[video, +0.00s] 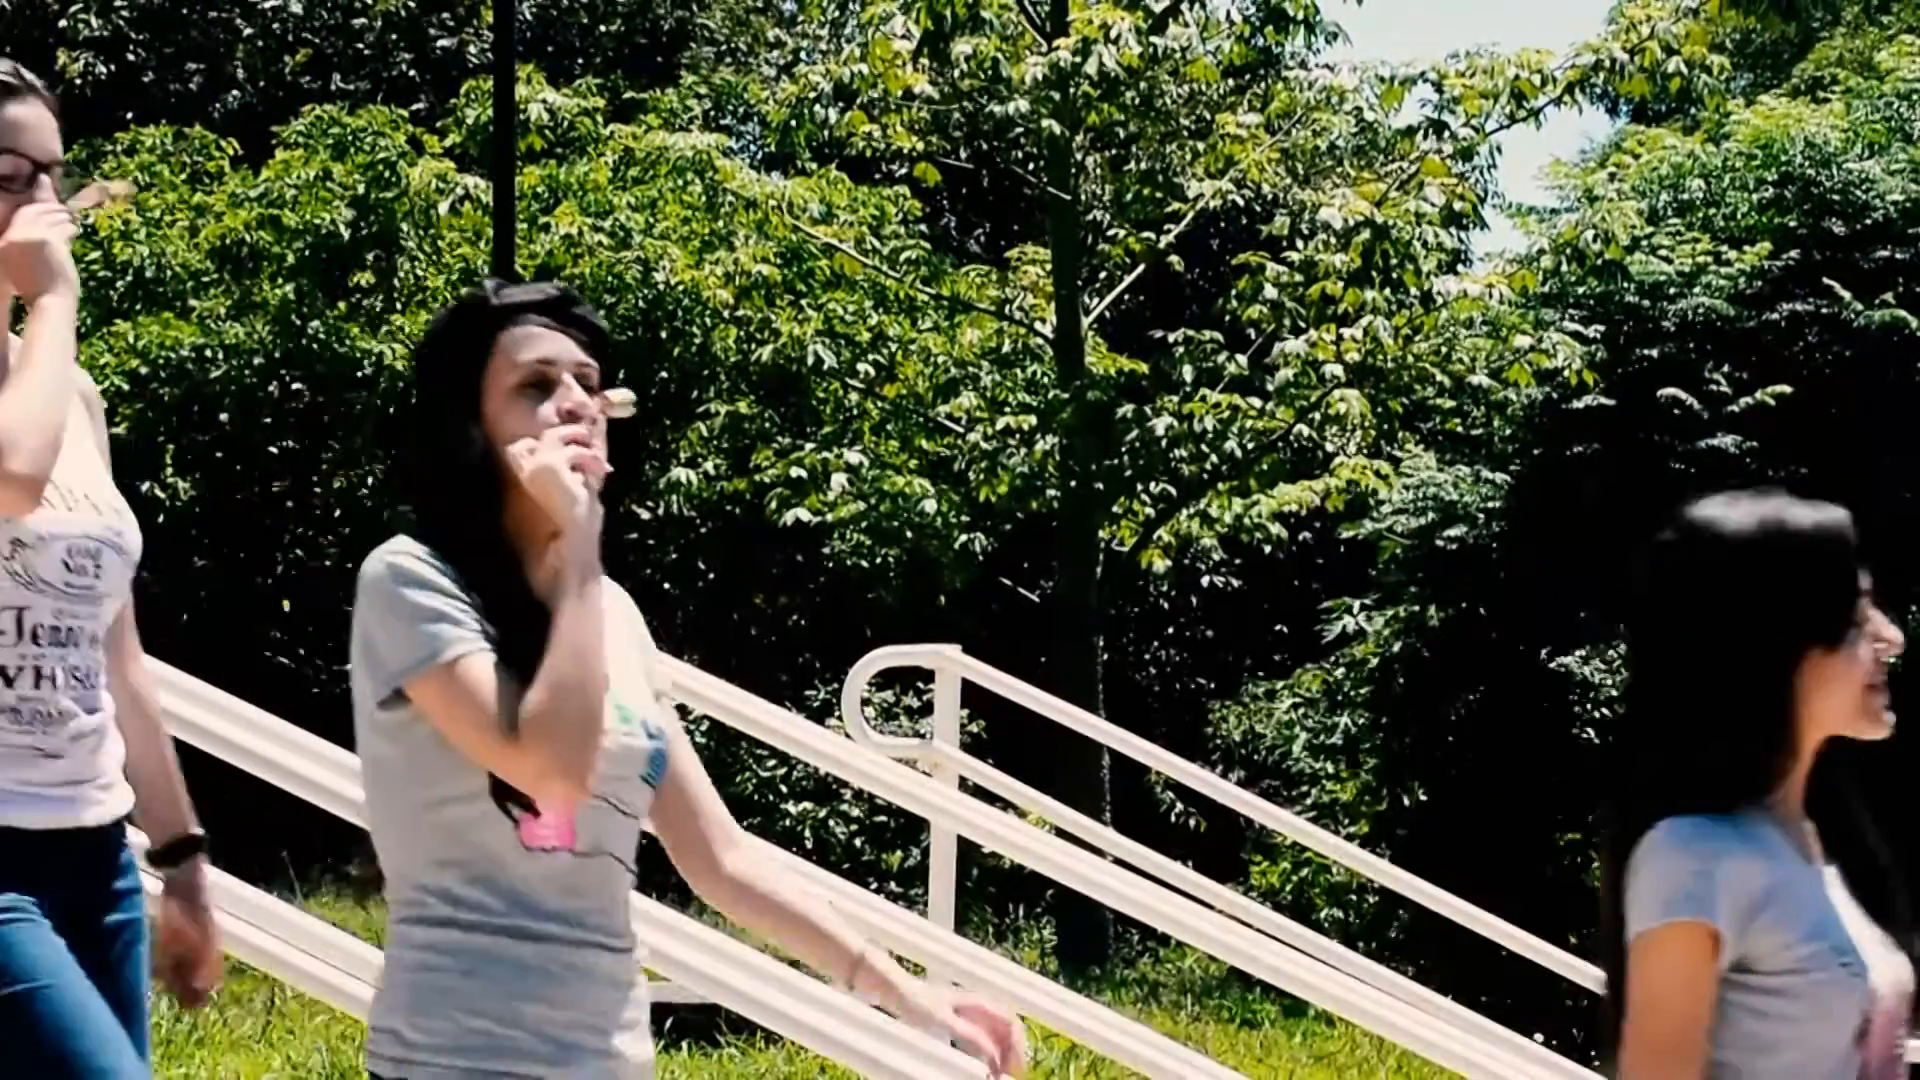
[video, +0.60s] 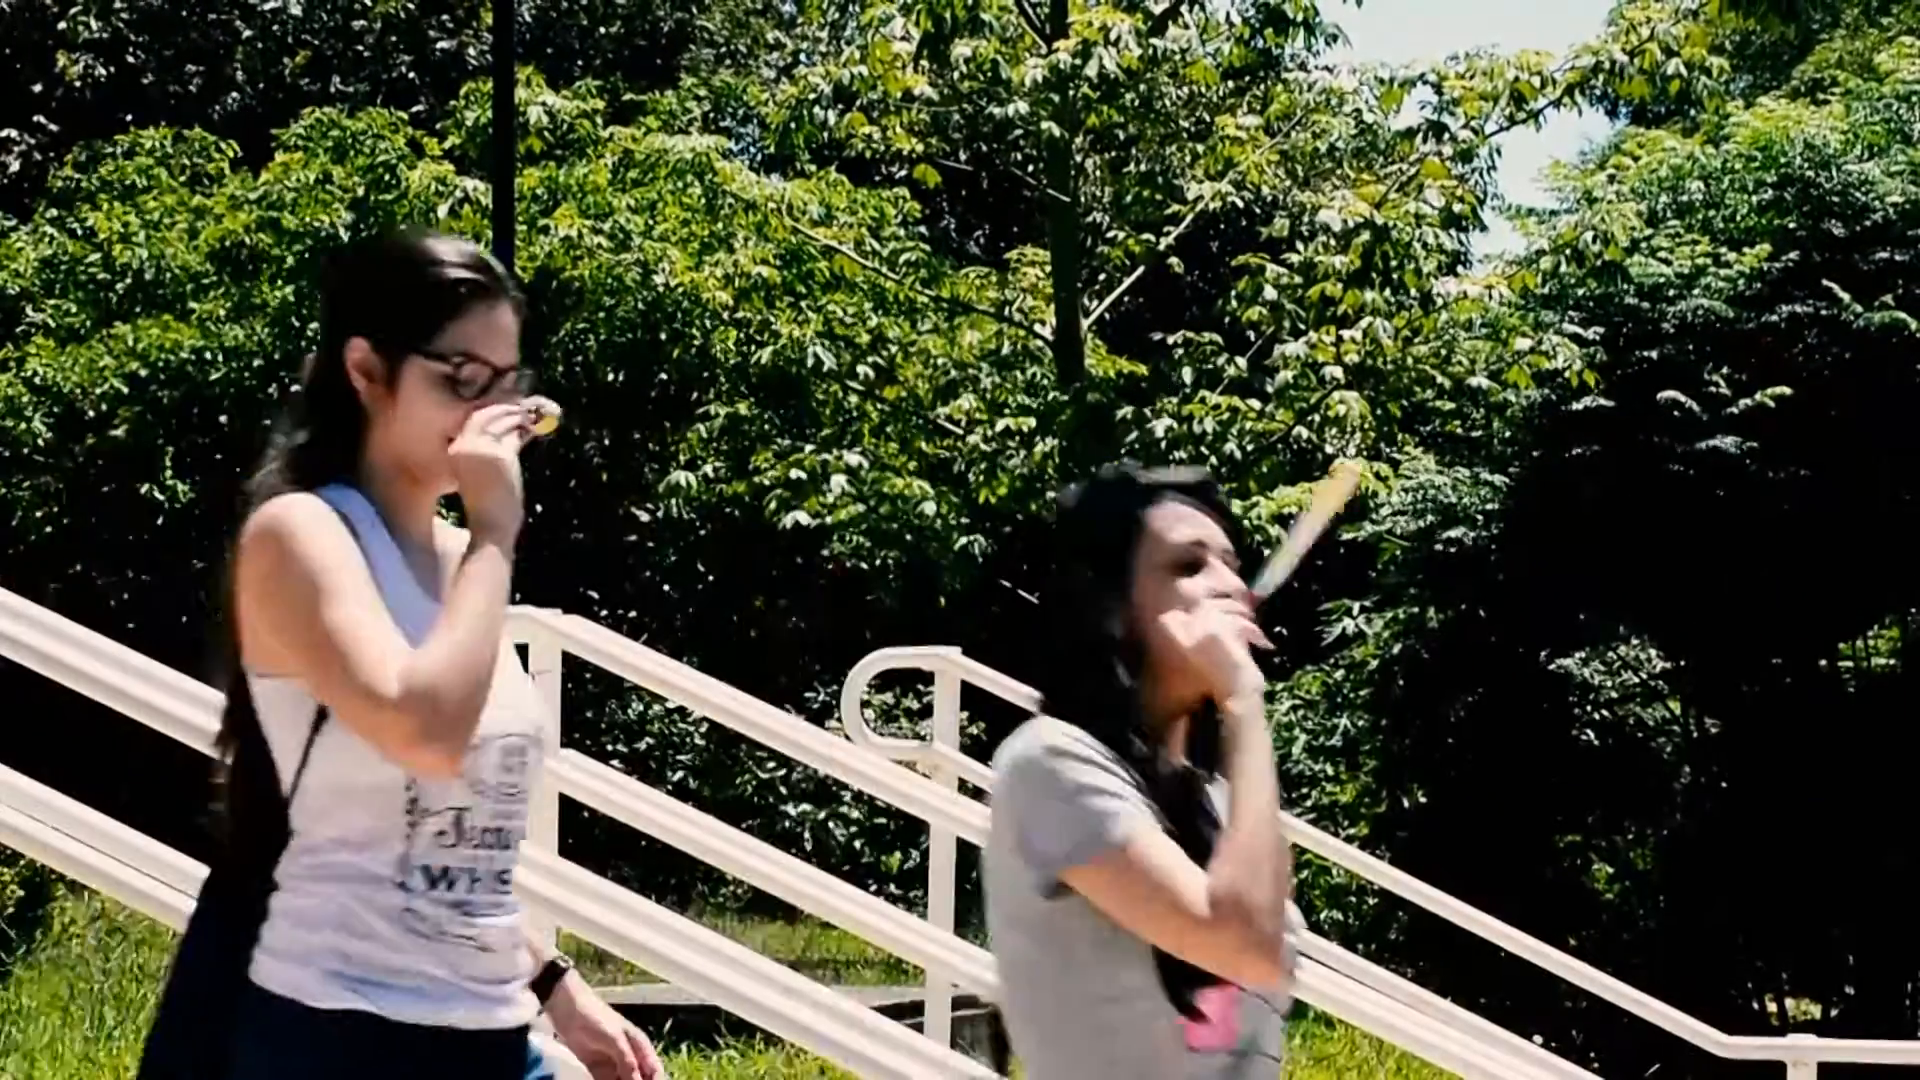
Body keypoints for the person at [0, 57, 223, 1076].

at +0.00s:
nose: (39, 198)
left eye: (51, 174)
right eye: (11, 173)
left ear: (67, 188)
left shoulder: (76, 397)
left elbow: (120, 659)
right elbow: (17, 477)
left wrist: (179, 855)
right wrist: (53, 296)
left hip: (100, 863)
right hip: (5, 865)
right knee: (112, 1070)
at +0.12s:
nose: (120, 213)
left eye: (132, 187)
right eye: (83, 186)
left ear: (145, 200)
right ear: (1, 207)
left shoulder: (148, 398)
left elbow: (198, 656)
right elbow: (87, 498)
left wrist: (318, 833)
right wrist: (132, 322)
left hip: (170, 861)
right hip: (34, 858)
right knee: (198, 1065)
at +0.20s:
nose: (171, 205)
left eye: (184, 179)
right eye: (135, 178)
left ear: (199, 187)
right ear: (42, 190)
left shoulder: (205, 388)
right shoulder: (12, 357)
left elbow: (257, 642)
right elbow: (136, 494)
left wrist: (397, 772)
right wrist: (179, 317)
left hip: (220, 855)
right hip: (66, 851)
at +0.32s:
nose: (255, 246)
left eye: (264, 220)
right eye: (219, 218)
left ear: (278, 225)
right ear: (123, 226)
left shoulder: (274, 419)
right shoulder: (56, 390)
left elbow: (326, 679)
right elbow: (222, 535)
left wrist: (474, 777)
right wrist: (260, 355)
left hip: (302, 900)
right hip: (143, 899)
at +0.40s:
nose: (321, 328)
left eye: (333, 301)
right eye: (288, 297)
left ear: (347, 312)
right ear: (189, 301)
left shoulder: (318, 496)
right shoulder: (123, 467)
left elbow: (345, 762)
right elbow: (283, 633)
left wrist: (523, 868)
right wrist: (332, 441)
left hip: (345, 988)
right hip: (175, 985)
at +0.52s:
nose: (423, 410)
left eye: (435, 383)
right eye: (391, 377)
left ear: (450, 398)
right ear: (292, 373)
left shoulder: (404, 559)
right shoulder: (217, 537)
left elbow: (404, 837)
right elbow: (353, 737)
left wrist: (539, 983)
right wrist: (426, 538)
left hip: (412, 1030)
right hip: (244, 1024)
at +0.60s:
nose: (493, 410)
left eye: (506, 383)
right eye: (464, 375)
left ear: (521, 396)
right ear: (366, 370)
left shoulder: (467, 557)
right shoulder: (292, 535)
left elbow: (439, 837)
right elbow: (429, 733)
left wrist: (555, 986)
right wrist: (494, 536)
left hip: (489, 1029)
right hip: (329, 1024)